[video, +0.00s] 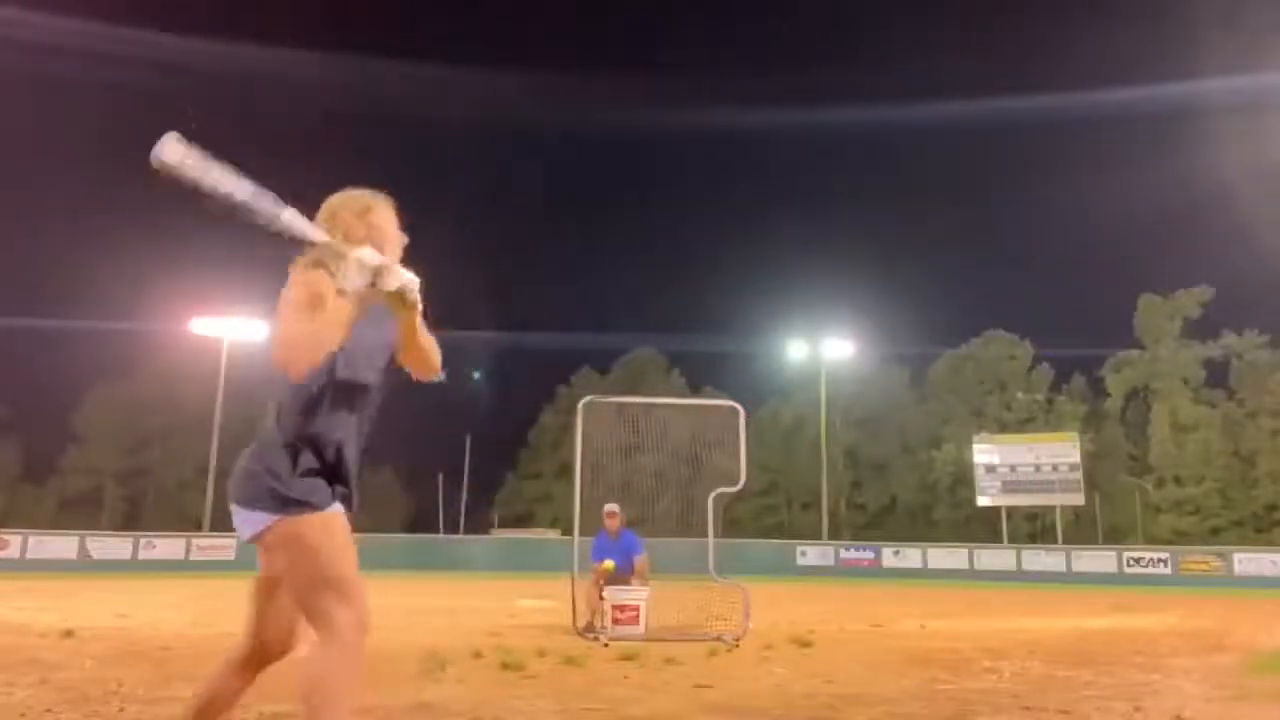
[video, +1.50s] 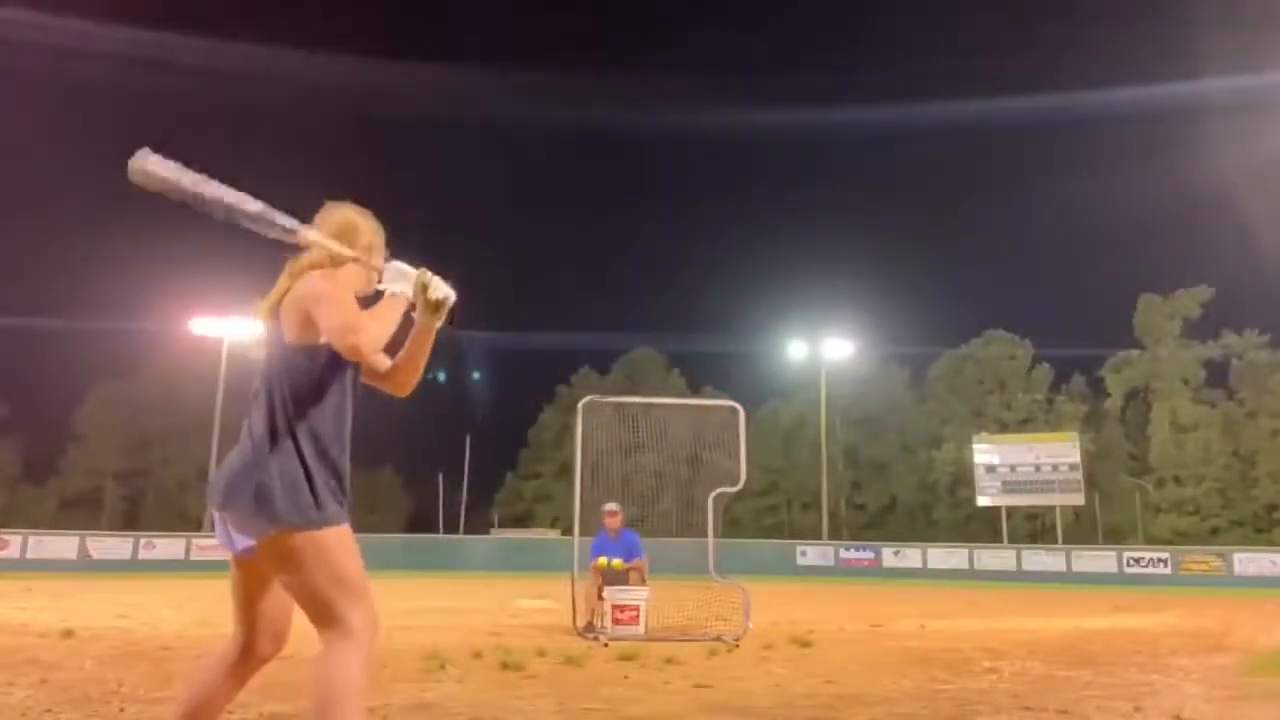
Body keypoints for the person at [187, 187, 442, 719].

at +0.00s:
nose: (401, 246)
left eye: (401, 236)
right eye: (391, 235)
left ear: (387, 248)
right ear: (355, 239)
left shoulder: (388, 303)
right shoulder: (311, 282)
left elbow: (427, 370)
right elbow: (295, 360)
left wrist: (408, 312)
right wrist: (352, 294)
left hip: (317, 485)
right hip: (282, 482)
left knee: (269, 640)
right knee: (344, 626)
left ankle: (198, 712)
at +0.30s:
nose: (375, 246)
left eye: (371, 236)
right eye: (368, 236)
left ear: (314, 240)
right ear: (349, 241)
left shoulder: (305, 289)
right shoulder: (320, 282)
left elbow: (394, 377)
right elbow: (344, 356)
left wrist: (418, 319)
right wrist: (386, 301)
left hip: (247, 482)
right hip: (282, 485)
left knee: (241, 637)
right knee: (337, 620)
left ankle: (183, 713)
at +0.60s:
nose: (375, 250)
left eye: (371, 240)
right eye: (370, 239)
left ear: (316, 239)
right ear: (358, 242)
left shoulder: (303, 289)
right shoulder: (326, 282)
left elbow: (383, 386)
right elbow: (367, 349)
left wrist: (432, 339)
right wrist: (413, 301)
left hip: (253, 473)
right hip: (293, 476)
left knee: (248, 638)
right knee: (346, 624)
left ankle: (183, 714)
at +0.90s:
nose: (369, 261)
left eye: (369, 251)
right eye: (367, 249)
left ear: (312, 239)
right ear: (355, 243)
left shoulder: (295, 291)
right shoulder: (323, 278)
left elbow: (371, 394)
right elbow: (353, 344)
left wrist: (422, 350)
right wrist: (410, 309)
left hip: (249, 476)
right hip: (287, 479)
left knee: (251, 638)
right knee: (346, 624)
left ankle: (184, 714)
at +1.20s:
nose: (371, 266)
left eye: (371, 256)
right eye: (368, 254)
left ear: (314, 246)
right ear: (353, 249)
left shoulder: (302, 298)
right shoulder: (313, 284)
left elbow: (380, 389)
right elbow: (348, 338)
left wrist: (422, 338)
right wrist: (402, 298)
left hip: (249, 484)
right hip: (286, 487)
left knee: (255, 640)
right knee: (347, 626)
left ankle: (183, 714)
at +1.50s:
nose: (379, 269)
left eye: (380, 260)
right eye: (377, 258)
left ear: (321, 246)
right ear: (358, 250)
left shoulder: (303, 295)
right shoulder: (327, 279)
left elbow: (400, 381)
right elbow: (356, 339)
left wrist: (430, 320)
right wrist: (398, 296)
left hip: (250, 485)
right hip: (287, 488)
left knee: (258, 640)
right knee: (352, 627)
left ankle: (185, 713)